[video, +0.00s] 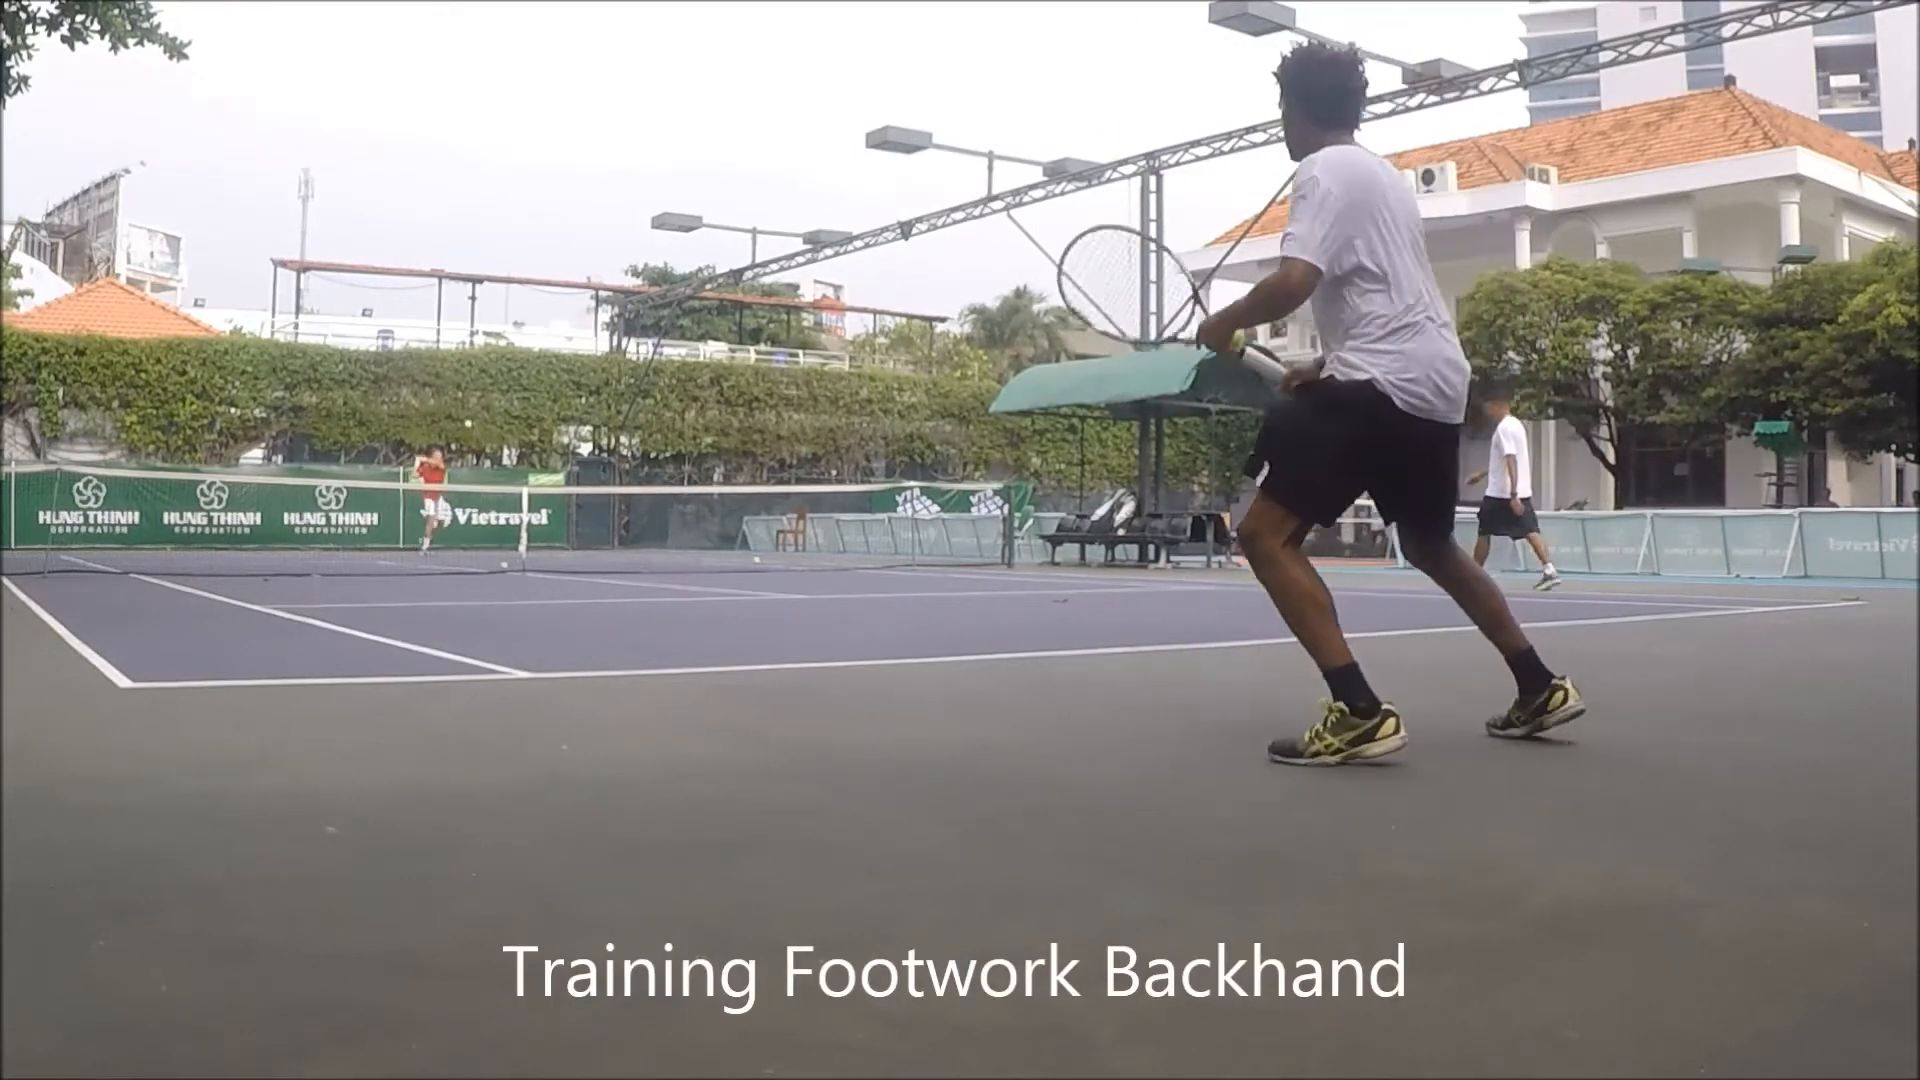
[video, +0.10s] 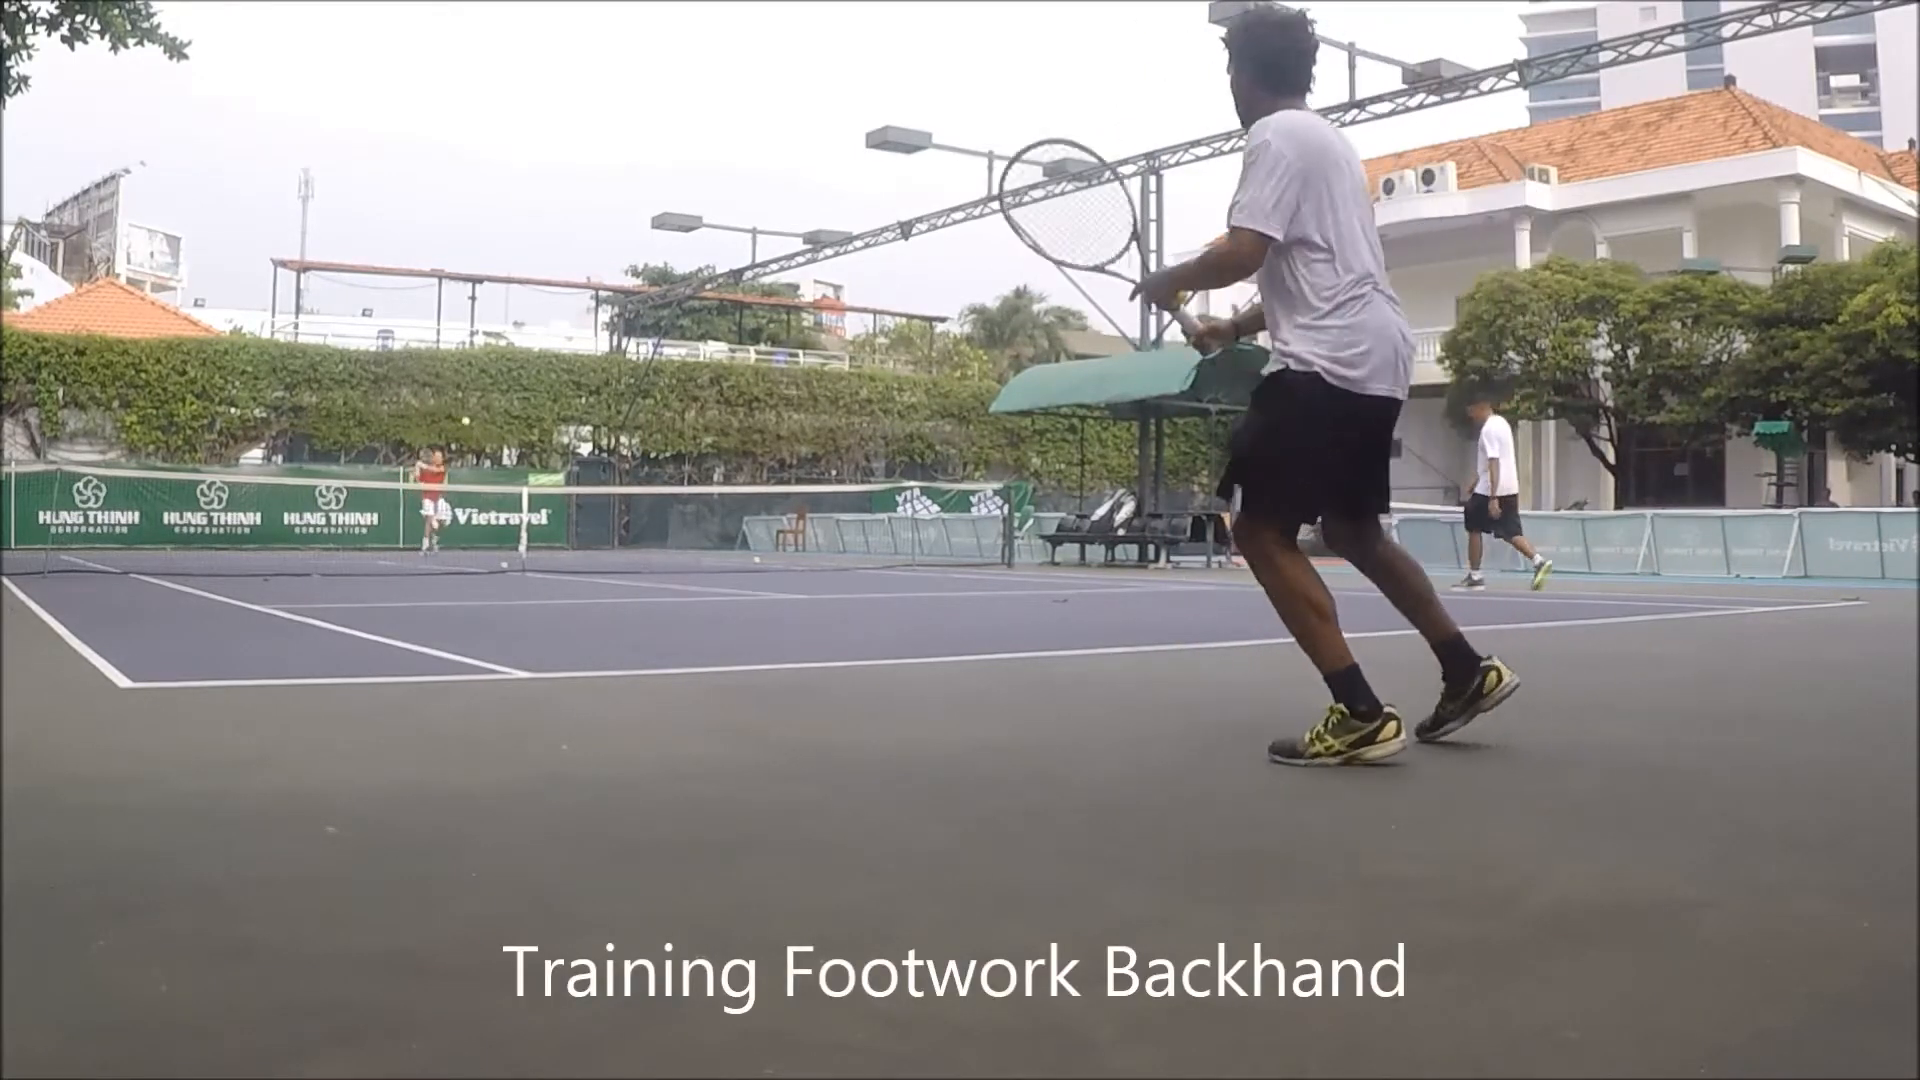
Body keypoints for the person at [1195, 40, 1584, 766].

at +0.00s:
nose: (1280, 125)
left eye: (1282, 111)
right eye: (1280, 111)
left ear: (1297, 111)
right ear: (1353, 111)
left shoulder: (1326, 171)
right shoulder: (1389, 179)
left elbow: (1294, 281)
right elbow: (1403, 307)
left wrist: (1229, 318)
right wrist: (1328, 366)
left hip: (1372, 384)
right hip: (1439, 391)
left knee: (1264, 536)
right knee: (1429, 544)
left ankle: (1357, 709)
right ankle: (1539, 685)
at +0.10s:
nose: (1228, 80)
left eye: (1231, 66)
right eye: (1230, 66)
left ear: (1246, 71)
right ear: (1302, 70)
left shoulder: (1281, 134)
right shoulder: (1328, 140)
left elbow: (1244, 249)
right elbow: (1312, 279)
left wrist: (1174, 278)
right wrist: (1231, 325)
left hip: (1327, 358)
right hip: (1378, 355)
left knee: (1259, 533)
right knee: (1351, 527)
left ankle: (1359, 711)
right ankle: (1466, 670)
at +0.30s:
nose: (1131, 38)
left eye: (1136, 23)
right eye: (1132, 25)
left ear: (1162, 22)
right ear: (1198, 23)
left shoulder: (1200, 77)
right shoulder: (1208, 96)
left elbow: (1173, 199)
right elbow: (1148, 229)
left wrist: (1070, 197)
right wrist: (1056, 254)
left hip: (1225, 317)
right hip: (1253, 324)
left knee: (1153, 503)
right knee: (1186, 514)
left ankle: (1273, 682)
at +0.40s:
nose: (1081, 55)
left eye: (1085, 37)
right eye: (1082, 39)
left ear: (1110, 37)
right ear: (1153, 38)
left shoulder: (1174, 107)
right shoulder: (1122, 143)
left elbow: (1136, 221)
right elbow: (1047, 230)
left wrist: (1027, 181)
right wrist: (970, 234)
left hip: (1183, 334)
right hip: (1156, 339)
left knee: (1067, 498)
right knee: (1100, 530)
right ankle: (1179, 715)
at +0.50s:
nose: (1043, 68)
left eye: (1050, 49)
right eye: (1037, 54)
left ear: (1076, 45)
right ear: (1073, 51)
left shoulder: (1137, 107)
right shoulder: (1056, 142)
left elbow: (1104, 206)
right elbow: (972, 217)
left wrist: (1005, 143)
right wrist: (909, 196)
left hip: (1127, 346)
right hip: (1091, 350)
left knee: (1007, 502)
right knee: (1058, 559)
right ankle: (1172, 713)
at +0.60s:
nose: (966, 58)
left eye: (972, 43)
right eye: (965, 45)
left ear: (1005, 38)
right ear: (1015, 37)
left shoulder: (1084, 86)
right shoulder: (978, 130)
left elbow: (1065, 172)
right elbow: (890, 191)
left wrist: (974, 81)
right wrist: (862, 146)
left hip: (1045, 348)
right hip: (1009, 346)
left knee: (931, 521)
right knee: (1012, 562)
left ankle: (858, 757)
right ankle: (1153, 688)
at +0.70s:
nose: (889, 40)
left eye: (902, 22)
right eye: (887, 28)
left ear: (955, 24)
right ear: (895, 42)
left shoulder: (1023, 87)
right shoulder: (896, 124)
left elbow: (1011, 169)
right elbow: (809, 153)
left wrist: (953, 54)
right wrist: (816, 59)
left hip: (980, 348)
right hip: (927, 347)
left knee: (822, 506)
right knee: (933, 584)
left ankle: (828, 765)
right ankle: (1095, 674)